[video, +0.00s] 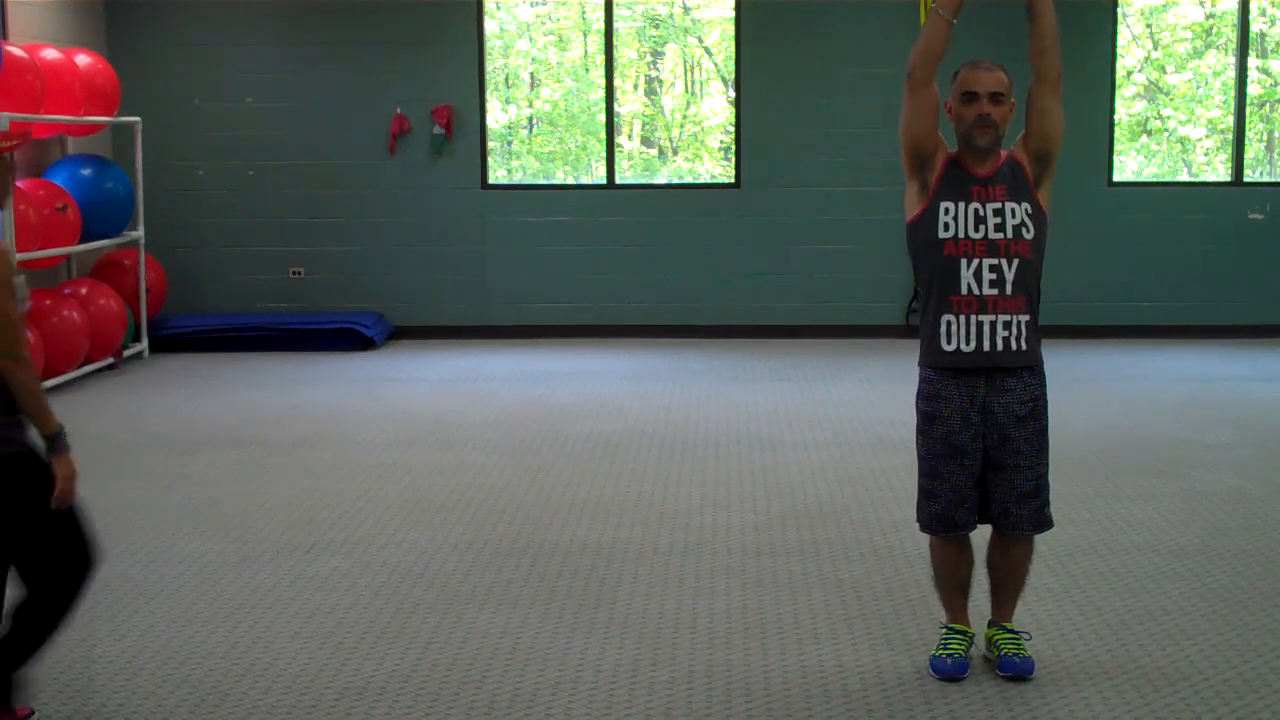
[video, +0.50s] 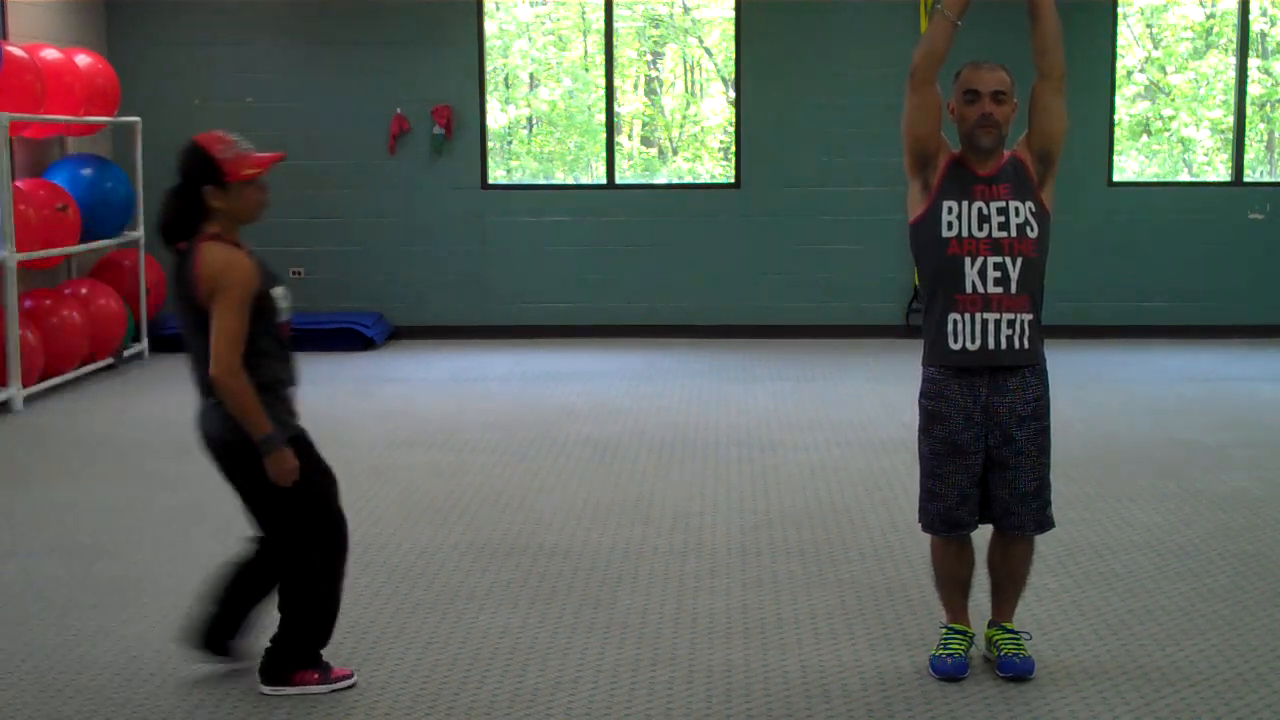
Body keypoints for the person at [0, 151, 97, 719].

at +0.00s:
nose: (14, 156)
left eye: (13, 149)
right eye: (10, 150)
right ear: (3, 169)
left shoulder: (5, 254)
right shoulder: (2, 254)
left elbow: (13, 354)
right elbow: (11, 354)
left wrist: (51, 441)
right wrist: (56, 440)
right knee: (66, 560)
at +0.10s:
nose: (61, 165)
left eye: (58, 154)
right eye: (51, 155)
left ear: (11, 169)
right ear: (13, 168)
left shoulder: (17, 240)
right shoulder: (32, 246)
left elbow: (36, 353)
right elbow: (37, 355)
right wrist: (85, 429)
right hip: (35, 443)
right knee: (118, 537)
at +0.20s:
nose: (111, 181)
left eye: (106, 169)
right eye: (100, 171)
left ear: (56, 184)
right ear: (66, 182)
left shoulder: (28, 251)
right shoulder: (88, 255)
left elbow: (51, 337)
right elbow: (79, 356)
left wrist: (130, 366)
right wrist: (128, 425)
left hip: (44, 436)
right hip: (88, 440)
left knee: (22, 580)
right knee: (163, 555)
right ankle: (255, 649)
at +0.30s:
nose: (165, 183)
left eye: (161, 173)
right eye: (153, 176)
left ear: (115, 194)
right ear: (119, 192)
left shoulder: (94, 257)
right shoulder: (144, 265)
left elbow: (131, 340)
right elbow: (136, 373)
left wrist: (198, 362)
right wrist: (186, 446)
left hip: (114, 444)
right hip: (154, 447)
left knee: (73, 572)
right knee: (233, 544)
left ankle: (4, 686)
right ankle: (287, 658)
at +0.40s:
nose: (217, 188)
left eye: (213, 179)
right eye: (205, 181)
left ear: (171, 195)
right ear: (172, 196)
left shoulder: (151, 258)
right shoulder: (194, 269)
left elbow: (181, 356)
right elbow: (192, 374)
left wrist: (240, 391)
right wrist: (238, 451)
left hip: (180, 436)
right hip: (219, 439)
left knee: (191, 544)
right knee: (292, 532)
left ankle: (84, 632)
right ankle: (291, 663)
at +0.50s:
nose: (263, 191)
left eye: (260, 181)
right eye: (250, 184)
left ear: (217, 194)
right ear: (215, 195)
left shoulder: (204, 254)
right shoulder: (231, 264)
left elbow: (219, 356)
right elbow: (225, 369)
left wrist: (272, 412)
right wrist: (271, 443)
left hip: (233, 424)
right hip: (255, 428)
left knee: (288, 532)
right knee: (322, 532)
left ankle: (219, 630)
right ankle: (293, 661)